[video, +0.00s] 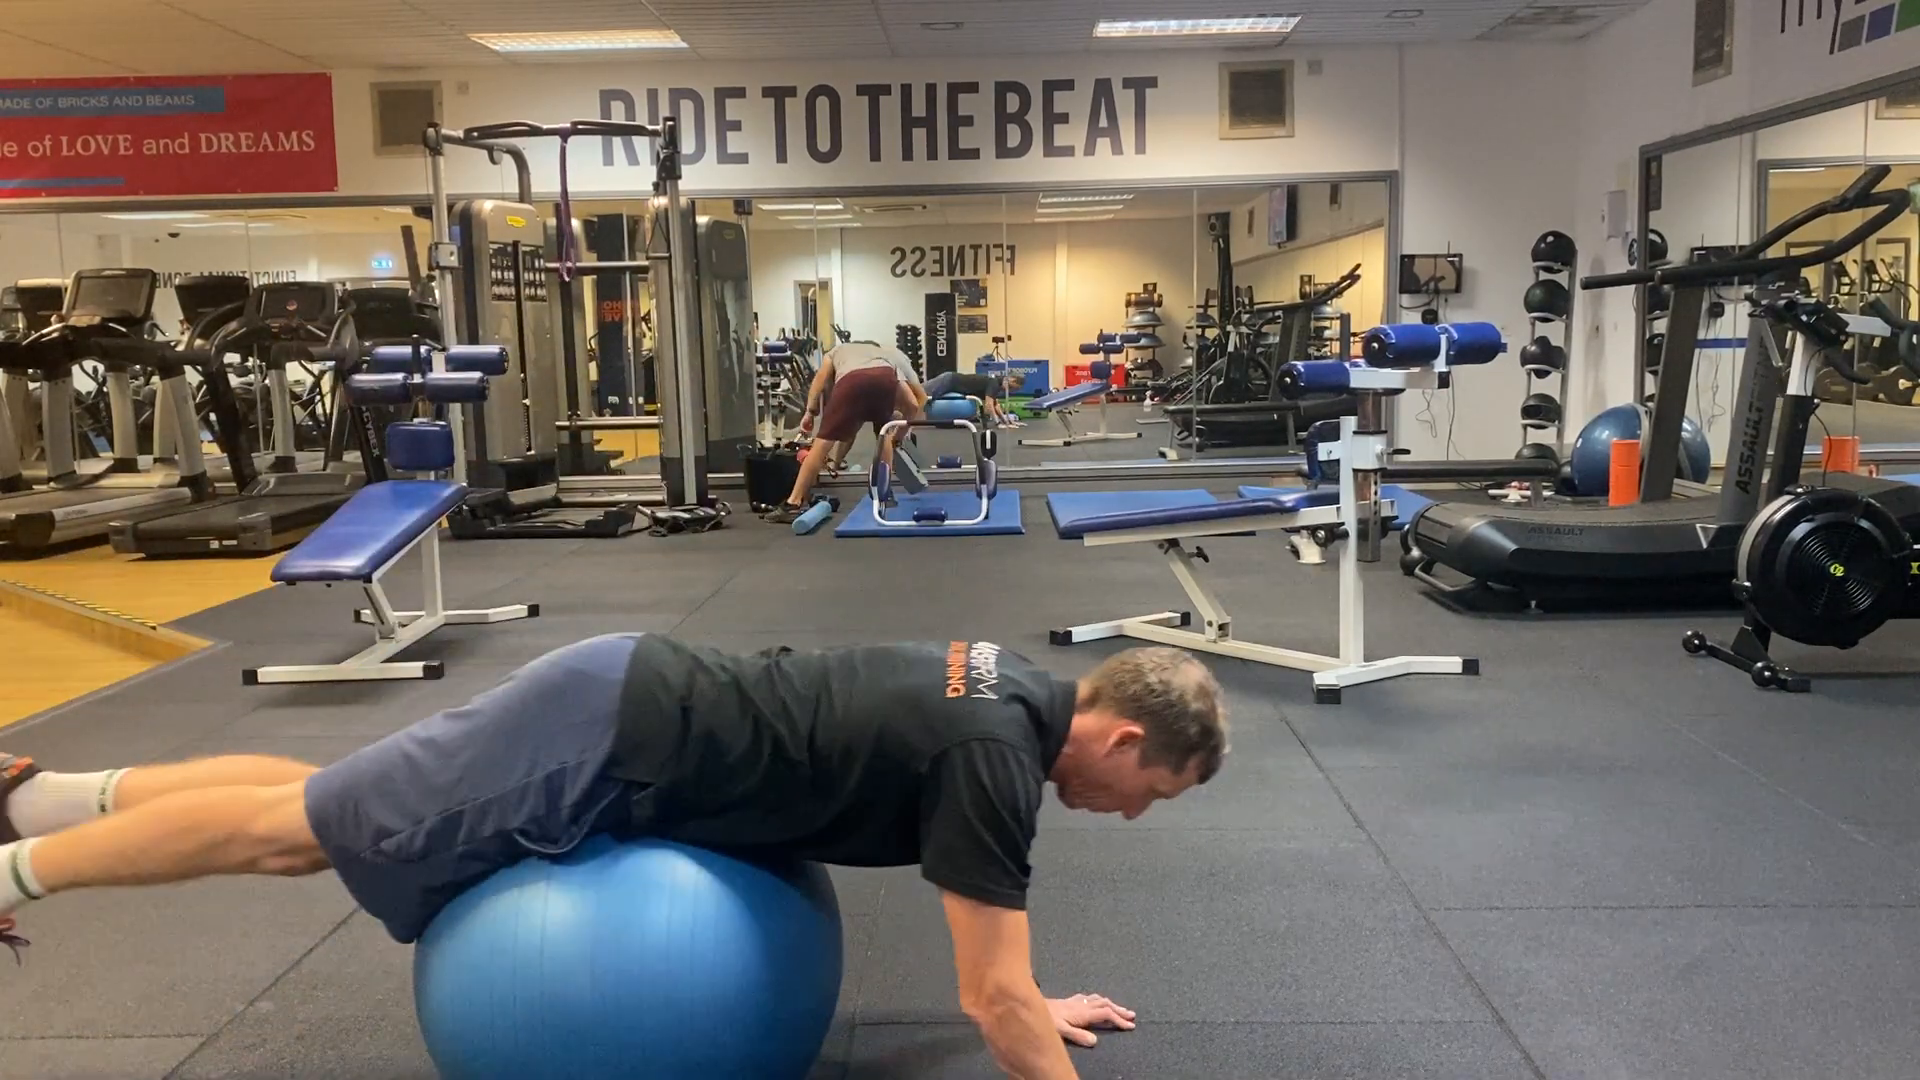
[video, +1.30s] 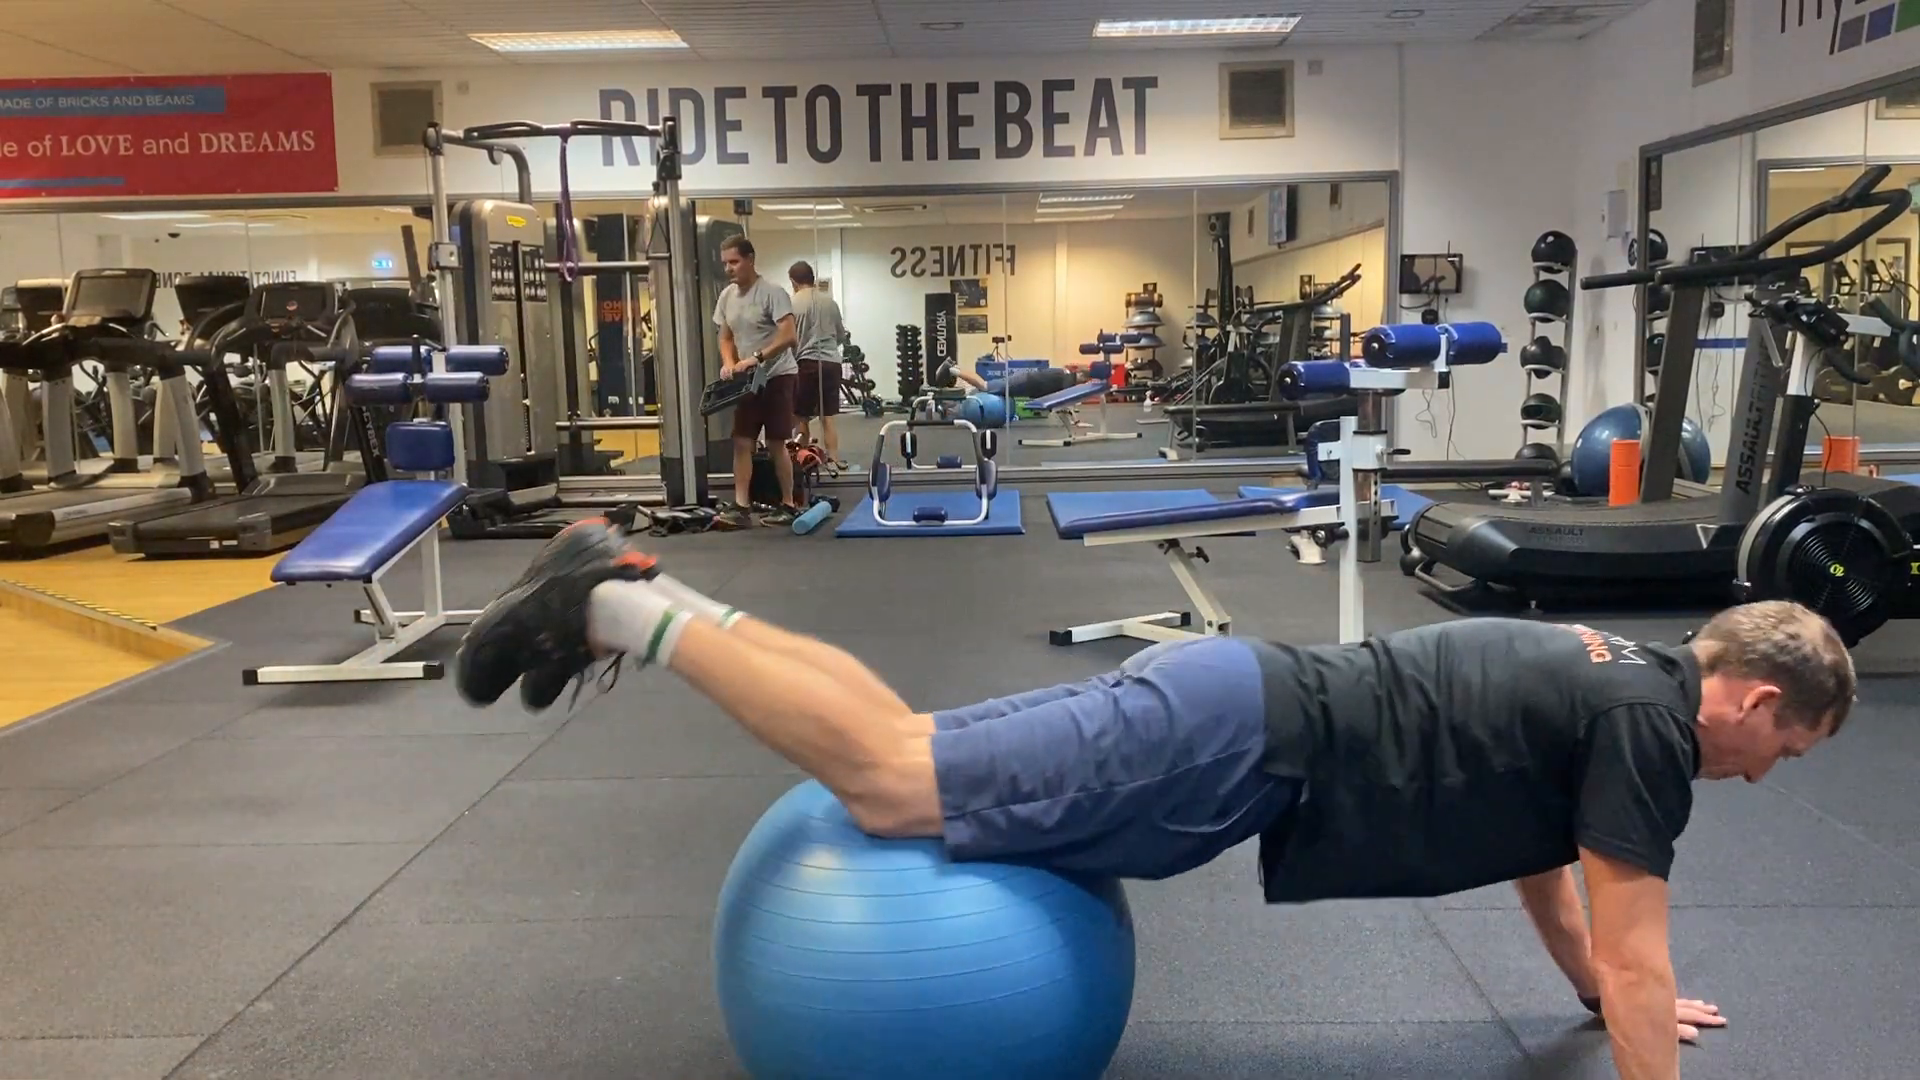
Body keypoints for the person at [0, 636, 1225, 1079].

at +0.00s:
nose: (1147, 806)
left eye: (1162, 789)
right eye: (1156, 788)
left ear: (1108, 705)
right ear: (1116, 740)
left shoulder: (1012, 694)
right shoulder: (991, 767)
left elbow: (983, 904)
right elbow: (996, 997)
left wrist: (1037, 1005)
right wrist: (1063, 1066)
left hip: (640, 678)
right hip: (621, 722)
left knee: (319, 793)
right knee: (305, 829)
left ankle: (52, 792)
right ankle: (29, 860)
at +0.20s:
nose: (1248, 786)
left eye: (1263, 765)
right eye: (1259, 764)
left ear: (1209, 695)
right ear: (1214, 723)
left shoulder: (1113, 682)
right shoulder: (1084, 747)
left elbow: (1098, 866)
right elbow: (1037, 977)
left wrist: (1205, 972)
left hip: (717, 684)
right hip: (699, 721)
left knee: (407, 769)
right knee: (375, 825)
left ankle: (131, 784)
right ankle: (62, 896)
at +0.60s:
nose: (1452, 720)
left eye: (1463, 700)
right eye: (1460, 698)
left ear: (1396, 640)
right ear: (1411, 666)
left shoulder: (1290, 664)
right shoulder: (1289, 712)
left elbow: (1288, 863)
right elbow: (1163, 904)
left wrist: (1345, 1011)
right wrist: (1193, 1077)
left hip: (909, 664)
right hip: (914, 726)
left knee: (607, 740)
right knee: (582, 820)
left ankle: (306, 776)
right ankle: (251, 911)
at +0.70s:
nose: (1488, 723)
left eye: (1501, 705)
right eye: (1496, 700)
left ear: (1438, 633)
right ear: (1449, 663)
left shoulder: (1325, 643)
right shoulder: (1339, 705)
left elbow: (1295, 863)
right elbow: (1311, 929)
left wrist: (1356, 992)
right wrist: (1397, 1054)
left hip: (955, 662)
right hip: (955, 718)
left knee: (651, 732)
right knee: (622, 812)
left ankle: (349, 744)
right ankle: (300, 904)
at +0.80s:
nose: (1533, 727)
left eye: (1544, 706)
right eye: (1534, 701)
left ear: (1464, 650)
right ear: (1483, 661)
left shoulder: (1346, 659)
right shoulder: (1401, 723)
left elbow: (1297, 863)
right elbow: (1504, 957)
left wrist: (1342, 1011)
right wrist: (1599, 1076)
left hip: (989, 676)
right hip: (984, 728)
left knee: (689, 720)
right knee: (655, 797)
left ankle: (399, 728)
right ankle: (331, 858)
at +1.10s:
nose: (1721, 726)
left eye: (1728, 703)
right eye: (1728, 704)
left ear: (1641, 652)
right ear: (1678, 685)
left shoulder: (1517, 671)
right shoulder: (1567, 745)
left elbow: (1373, 808)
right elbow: (1614, 998)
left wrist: (1418, 966)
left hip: (1163, 717)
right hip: (1150, 748)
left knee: (836, 740)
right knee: (832, 758)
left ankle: (515, 691)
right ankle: (496, 706)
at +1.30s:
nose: (1767, 771)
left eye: (1781, 753)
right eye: (1784, 750)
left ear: (1721, 666)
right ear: (1753, 704)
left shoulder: (1594, 681)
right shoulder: (1640, 727)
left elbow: (1554, 888)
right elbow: (1630, 970)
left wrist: (1620, 1003)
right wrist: (1659, 1063)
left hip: (1229, 733)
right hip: (1232, 726)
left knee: (913, 769)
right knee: (899, 780)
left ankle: (642, 604)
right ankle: (633, 609)